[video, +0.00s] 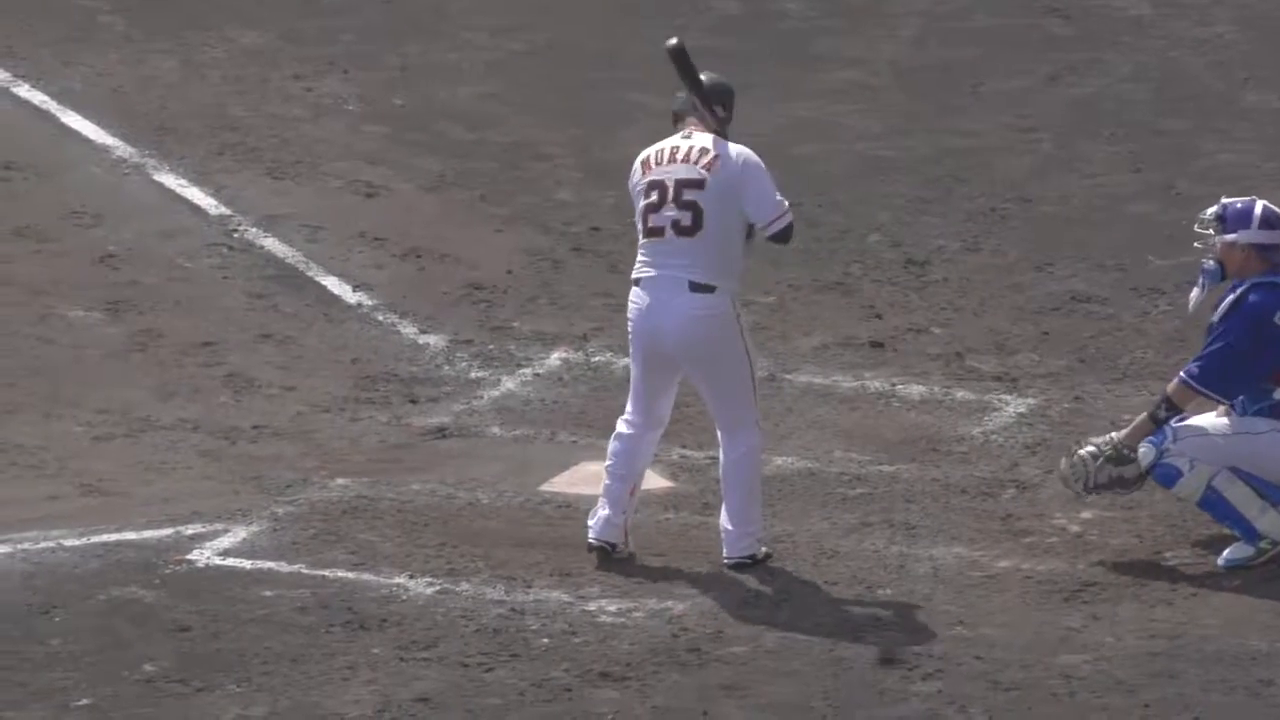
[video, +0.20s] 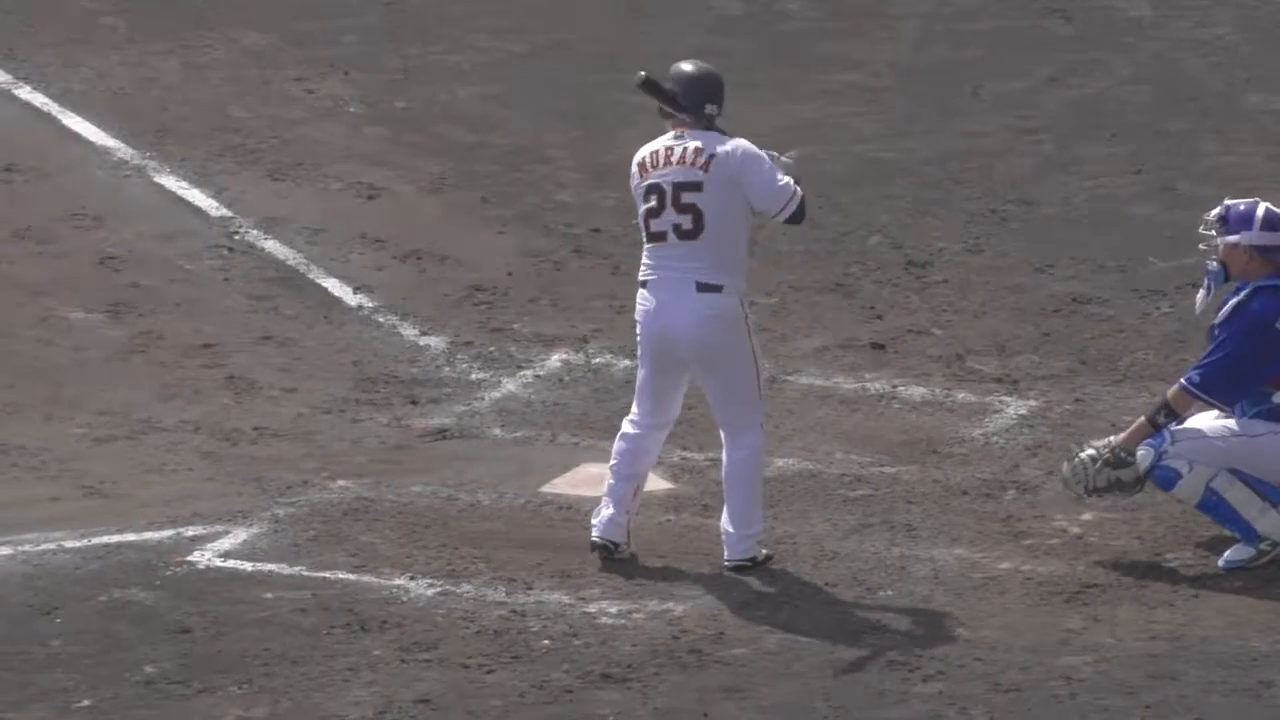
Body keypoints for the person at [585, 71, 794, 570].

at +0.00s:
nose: (729, 123)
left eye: (724, 116)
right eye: (728, 116)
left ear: (678, 115)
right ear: (723, 116)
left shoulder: (644, 161)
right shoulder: (737, 159)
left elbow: (656, 222)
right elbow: (780, 229)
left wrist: (730, 213)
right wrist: (734, 217)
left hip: (644, 304)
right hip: (706, 311)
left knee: (639, 417)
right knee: (738, 430)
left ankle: (605, 530)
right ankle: (741, 543)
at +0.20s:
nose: (660, 108)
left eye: (664, 102)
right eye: (662, 102)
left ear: (673, 106)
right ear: (715, 107)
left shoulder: (642, 159)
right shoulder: (738, 155)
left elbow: (680, 210)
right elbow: (795, 211)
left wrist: (749, 174)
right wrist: (781, 174)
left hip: (653, 304)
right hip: (716, 309)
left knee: (645, 416)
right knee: (741, 429)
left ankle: (607, 529)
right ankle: (741, 545)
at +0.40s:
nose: (662, 116)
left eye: (664, 110)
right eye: (666, 111)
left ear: (668, 110)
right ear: (712, 111)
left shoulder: (645, 159)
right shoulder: (738, 159)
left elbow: (697, 174)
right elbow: (799, 204)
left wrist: (749, 154)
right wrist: (787, 162)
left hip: (654, 308)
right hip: (717, 314)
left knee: (649, 419)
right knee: (745, 430)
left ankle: (611, 532)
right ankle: (745, 548)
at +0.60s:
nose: (662, 110)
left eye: (667, 105)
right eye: (665, 105)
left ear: (673, 109)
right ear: (715, 111)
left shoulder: (650, 160)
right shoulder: (741, 160)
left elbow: (703, 181)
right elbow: (804, 204)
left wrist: (755, 155)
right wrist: (788, 160)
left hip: (660, 308)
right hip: (722, 315)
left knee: (655, 419)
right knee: (749, 433)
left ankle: (614, 530)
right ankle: (747, 548)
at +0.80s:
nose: (665, 112)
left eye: (669, 107)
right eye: (667, 107)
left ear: (676, 110)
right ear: (718, 112)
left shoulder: (653, 161)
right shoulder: (745, 162)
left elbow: (704, 182)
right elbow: (806, 206)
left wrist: (755, 156)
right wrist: (788, 163)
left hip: (663, 310)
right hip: (726, 316)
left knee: (657, 419)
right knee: (752, 433)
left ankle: (615, 529)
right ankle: (748, 548)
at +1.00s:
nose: (687, 119)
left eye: (675, 110)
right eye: (718, 111)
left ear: (671, 113)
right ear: (720, 114)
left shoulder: (653, 162)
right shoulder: (743, 164)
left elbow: (712, 174)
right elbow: (806, 190)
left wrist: (761, 137)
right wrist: (791, 146)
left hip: (661, 312)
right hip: (724, 318)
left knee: (655, 421)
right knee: (751, 433)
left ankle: (615, 532)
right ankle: (748, 550)